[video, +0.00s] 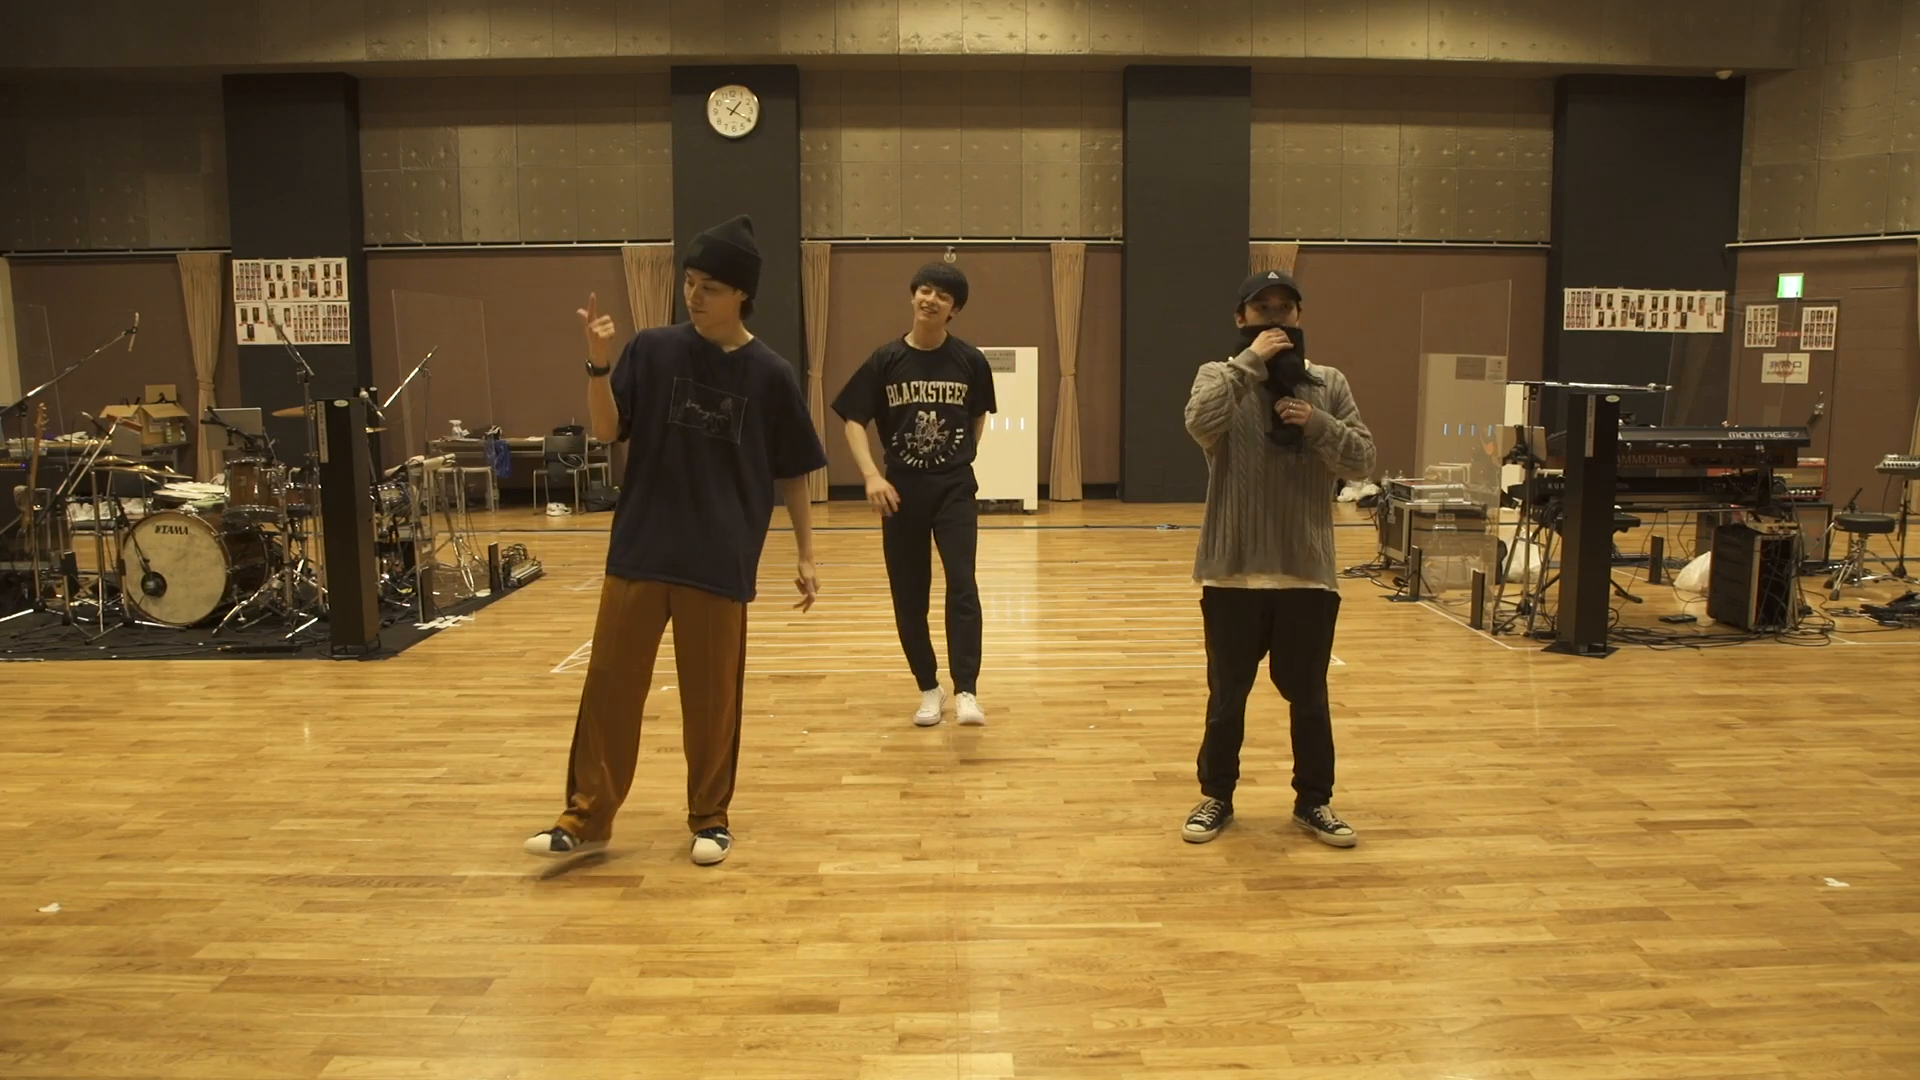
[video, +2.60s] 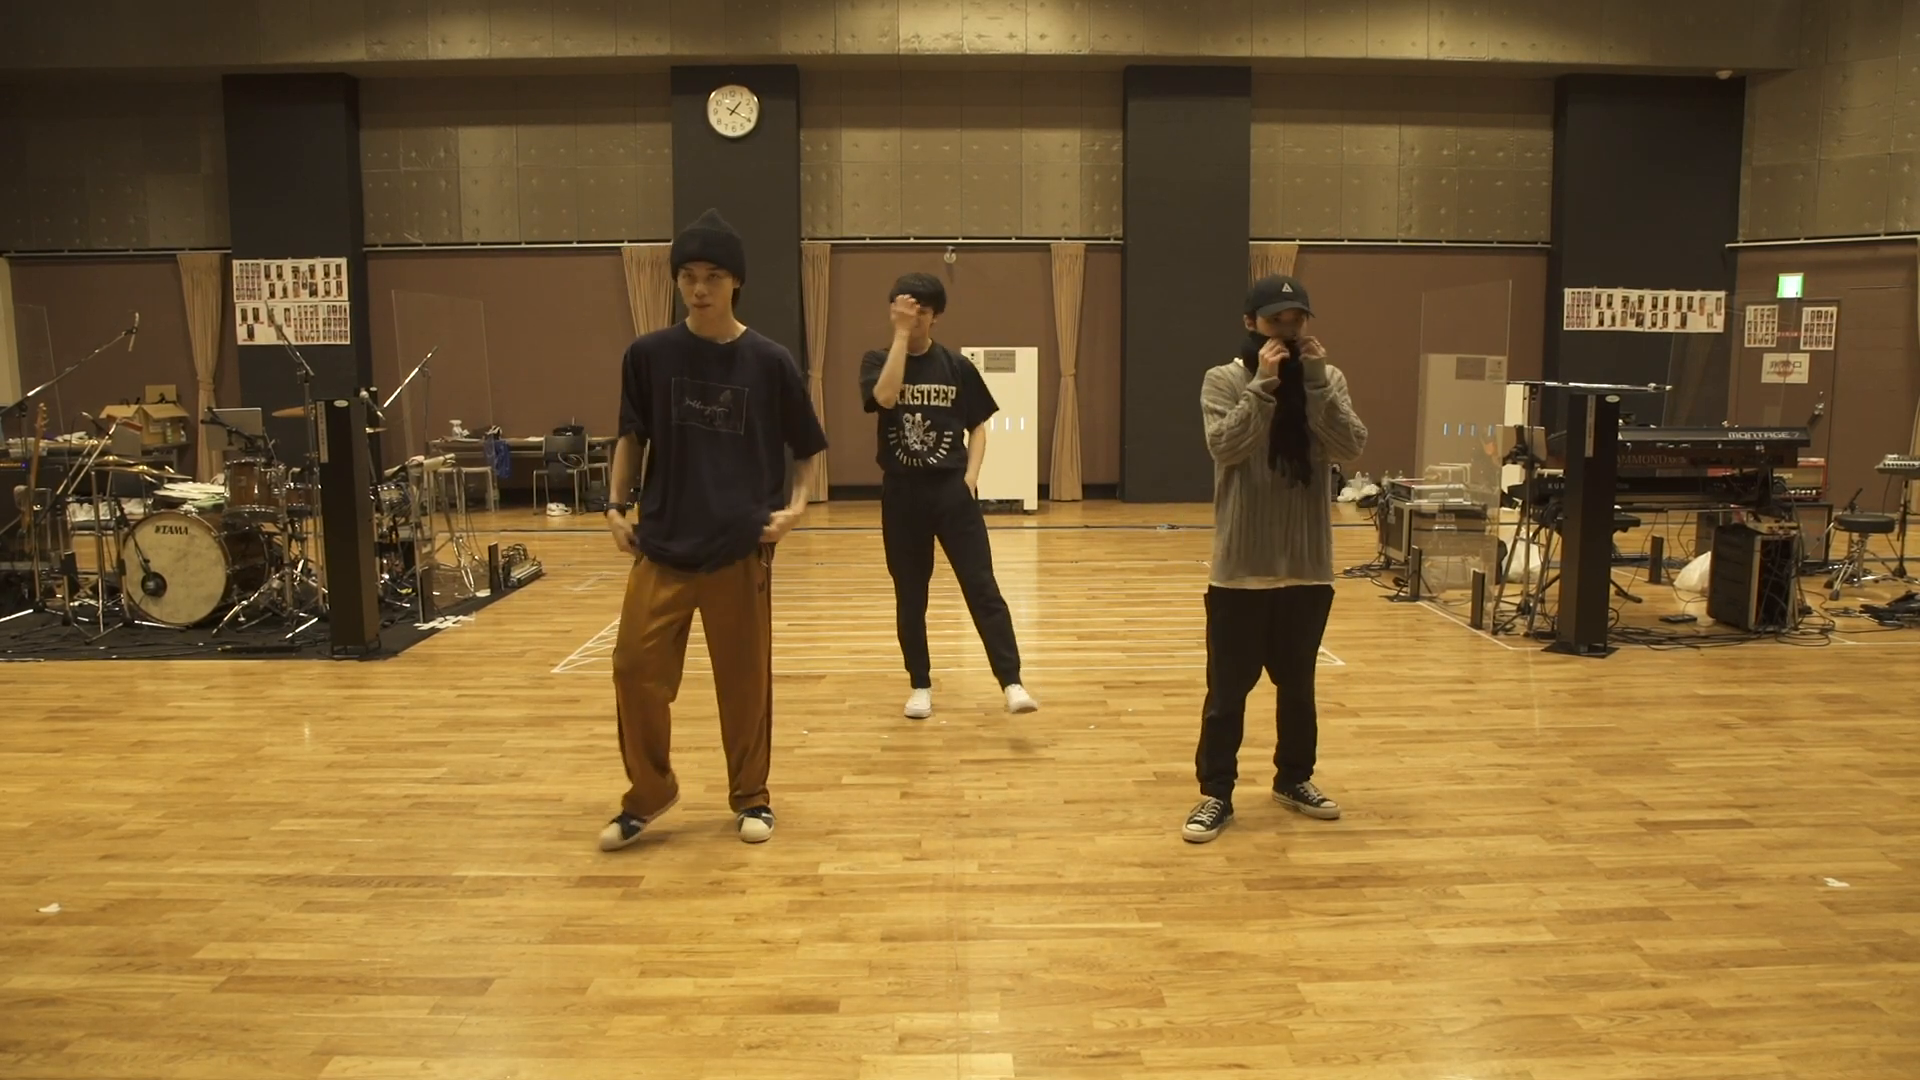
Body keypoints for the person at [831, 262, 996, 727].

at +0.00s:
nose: (930, 299)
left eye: (941, 295)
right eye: (925, 290)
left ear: (955, 307)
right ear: (912, 297)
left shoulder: (971, 362)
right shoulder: (885, 360)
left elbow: (977, 418)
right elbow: (853, 420)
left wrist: (960, 462)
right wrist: (871, 474)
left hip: (955, 490)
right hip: (902, 492)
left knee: (963, 587)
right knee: (908, 595)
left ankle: (966, 691)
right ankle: (929, 690)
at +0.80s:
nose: (993, 326)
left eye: (1005, 329)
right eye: (995, 315)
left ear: (1016, 341)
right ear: (986, 308)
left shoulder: (1019, 385)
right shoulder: (934, 354)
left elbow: (1035, 446)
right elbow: (903, 409)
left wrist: (999, 496)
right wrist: (896, 466)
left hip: (971, 511)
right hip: (917, 501)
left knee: (973, 617)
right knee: (890, 608)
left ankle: (971, 719)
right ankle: (899, 704)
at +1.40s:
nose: (958, 365)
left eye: (965, 359)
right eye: (955, 357)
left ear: (974, 352)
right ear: (937, 341)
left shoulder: (980, 383)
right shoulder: (896, 380)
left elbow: (995, 450)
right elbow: (880, 448)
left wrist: (979, 508)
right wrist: (894, 508)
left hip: (962, 515)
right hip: (910, 515)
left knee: (968, 615)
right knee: (911, 610)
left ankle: (971, 716)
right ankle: (925, 689)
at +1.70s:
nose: (902, 325)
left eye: (911, 317)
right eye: (895, 316)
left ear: (929, 319)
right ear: (886, 318)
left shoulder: (953, 367)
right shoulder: (876, 374)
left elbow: (972, 431)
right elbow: (871, 439)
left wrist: (958, 490)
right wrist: (877, 491)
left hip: (944, 498)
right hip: (894, 501)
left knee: (961, 593)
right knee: (904, 595)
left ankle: (972, 694)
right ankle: (923, 687)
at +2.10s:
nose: (871, 313)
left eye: (879, 303)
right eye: (863, 307)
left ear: (896, 308)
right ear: (855, 317)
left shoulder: (929, 355)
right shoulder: (863, 381)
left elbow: (967, 411)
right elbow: (868, 443)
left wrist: (957, 475)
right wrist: (848, 433)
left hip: (939, 490)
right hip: (893, 498)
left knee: (976, 578)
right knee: (903, 587)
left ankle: (1012, 663)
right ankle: (918, 685)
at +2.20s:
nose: (872, 314)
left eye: (879, 304)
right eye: (863, 307)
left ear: (896, 308)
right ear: (855, 317)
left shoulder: (928, 353)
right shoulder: (861, 376)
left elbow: (967, 410)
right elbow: (855, 446)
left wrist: (955, 473)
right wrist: (855, 388)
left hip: (941, 488)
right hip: (894, 496)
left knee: (983, 580)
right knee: (902, 591)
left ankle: (1022, 673)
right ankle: (917, 685)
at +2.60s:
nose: (901, 315)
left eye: (910, 309)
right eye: (897, 308)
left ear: (931, 316)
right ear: (889, 312)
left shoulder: (956, 365)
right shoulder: (878, 361)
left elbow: (978, 427)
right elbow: (885, 397)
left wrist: (968, 481)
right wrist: (901, 332)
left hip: (952, 492)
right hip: (901, 496)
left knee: (982, 586)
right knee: (909, 594)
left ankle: (1011, 683)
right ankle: (920, 686)